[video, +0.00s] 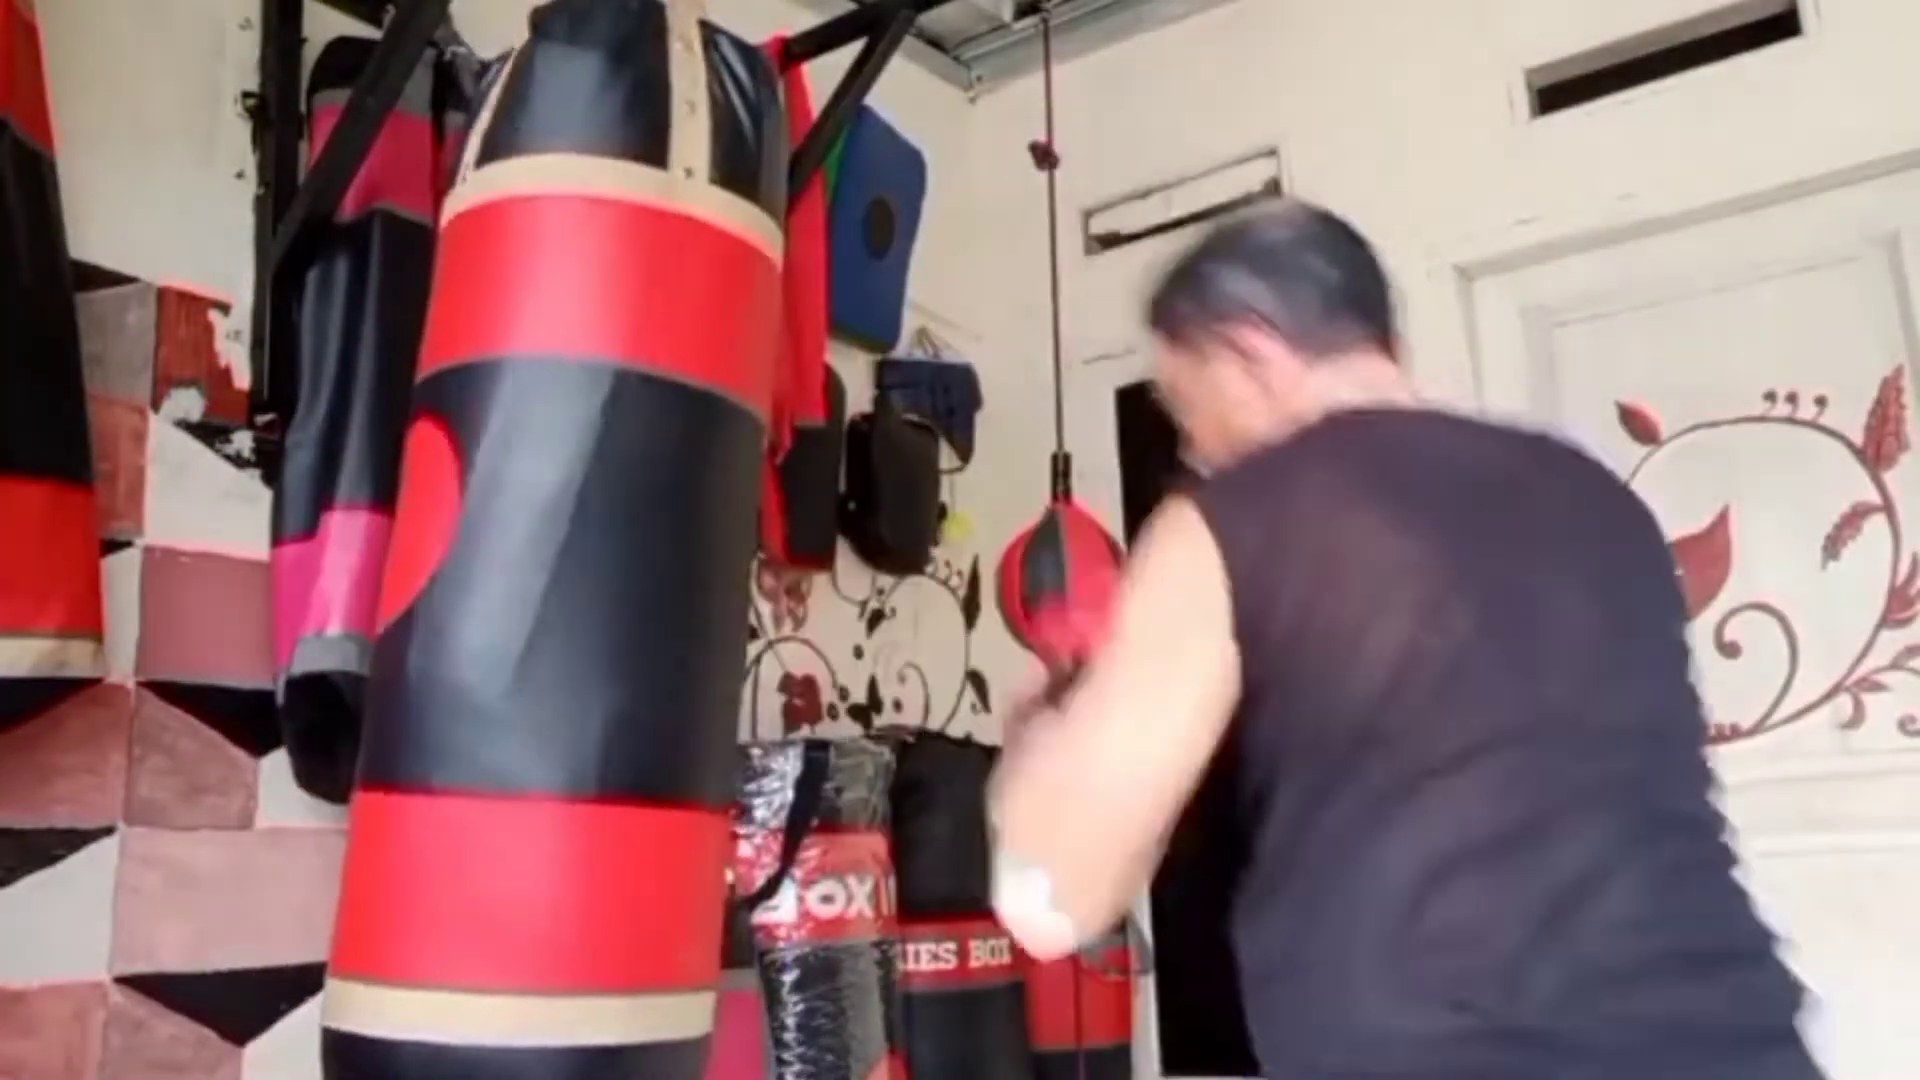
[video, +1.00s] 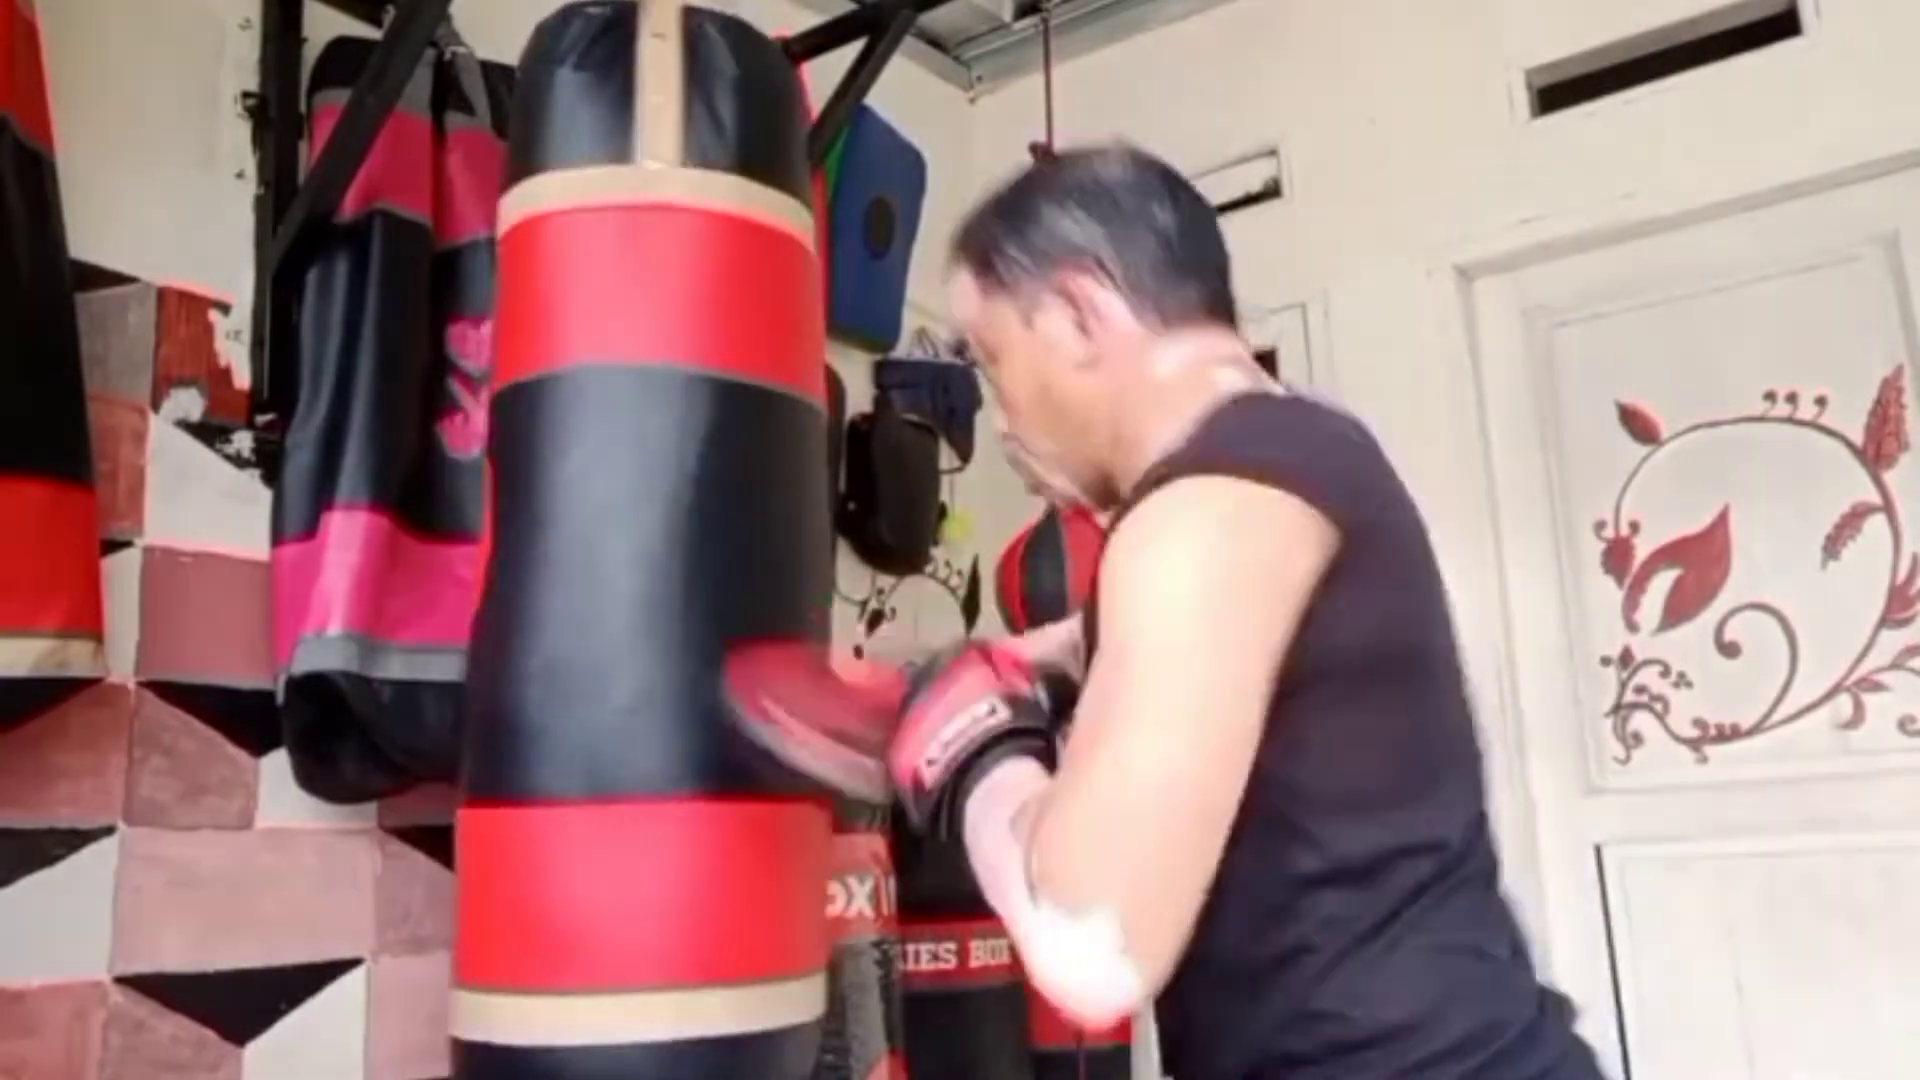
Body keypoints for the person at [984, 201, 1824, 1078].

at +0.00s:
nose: (1190, 447)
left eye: (1183, 407)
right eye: (1176, 416)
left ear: (1251, 351)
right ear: (1376, 334)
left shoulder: (1232, 521)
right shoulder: (1597, 490)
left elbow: (1052, 898)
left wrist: (1034, 721)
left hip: (1415, 1045)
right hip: (1725, 1039)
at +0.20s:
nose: (1223, 489)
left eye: (1218, 458)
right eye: (1211, 464)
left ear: (1288, 424)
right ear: (1414, 405)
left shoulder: (1231, 564)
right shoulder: (1616, 539)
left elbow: (1038, 917)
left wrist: (1079, 739)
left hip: (1463, 1056)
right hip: (1773, 1050)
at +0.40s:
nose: (1181, 503)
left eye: (1178, 472)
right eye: (1170, 479)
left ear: (1245, 431)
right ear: (1371, 418)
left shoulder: (1194, 559)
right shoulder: (1600, 546)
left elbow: (1016, 919)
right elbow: (1705, 877)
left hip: (1398, 1049)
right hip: (1698, 1049)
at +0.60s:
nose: (1124, 508)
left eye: (1124, 466)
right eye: (1115, 472)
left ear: (1196, 434)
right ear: (1329, 430)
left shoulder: (1142, 600)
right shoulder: (1539, 585)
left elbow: (932, 982)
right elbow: (1669, 911)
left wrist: (990, 1057)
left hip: (1313, 1058)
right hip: (1609, 1059)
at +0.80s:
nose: (1048, 471)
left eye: (1034, 414)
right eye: (1029, 422)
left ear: (1105, 373)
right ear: (1239, 357)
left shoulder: (1196, 542)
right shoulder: (1362, 515)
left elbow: (1013, 944)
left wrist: (993, 828)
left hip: (1360, 1056)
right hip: (1550, 1048)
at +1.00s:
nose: (998, 415)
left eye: (991, 358)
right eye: (982, 370)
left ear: (1082, 312)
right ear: (1096, 315)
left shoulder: (1216, 501)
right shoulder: (1293, 454)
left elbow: (1096, 958)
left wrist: (974, 756)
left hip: (1373, 1055)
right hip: (1461, 1039)